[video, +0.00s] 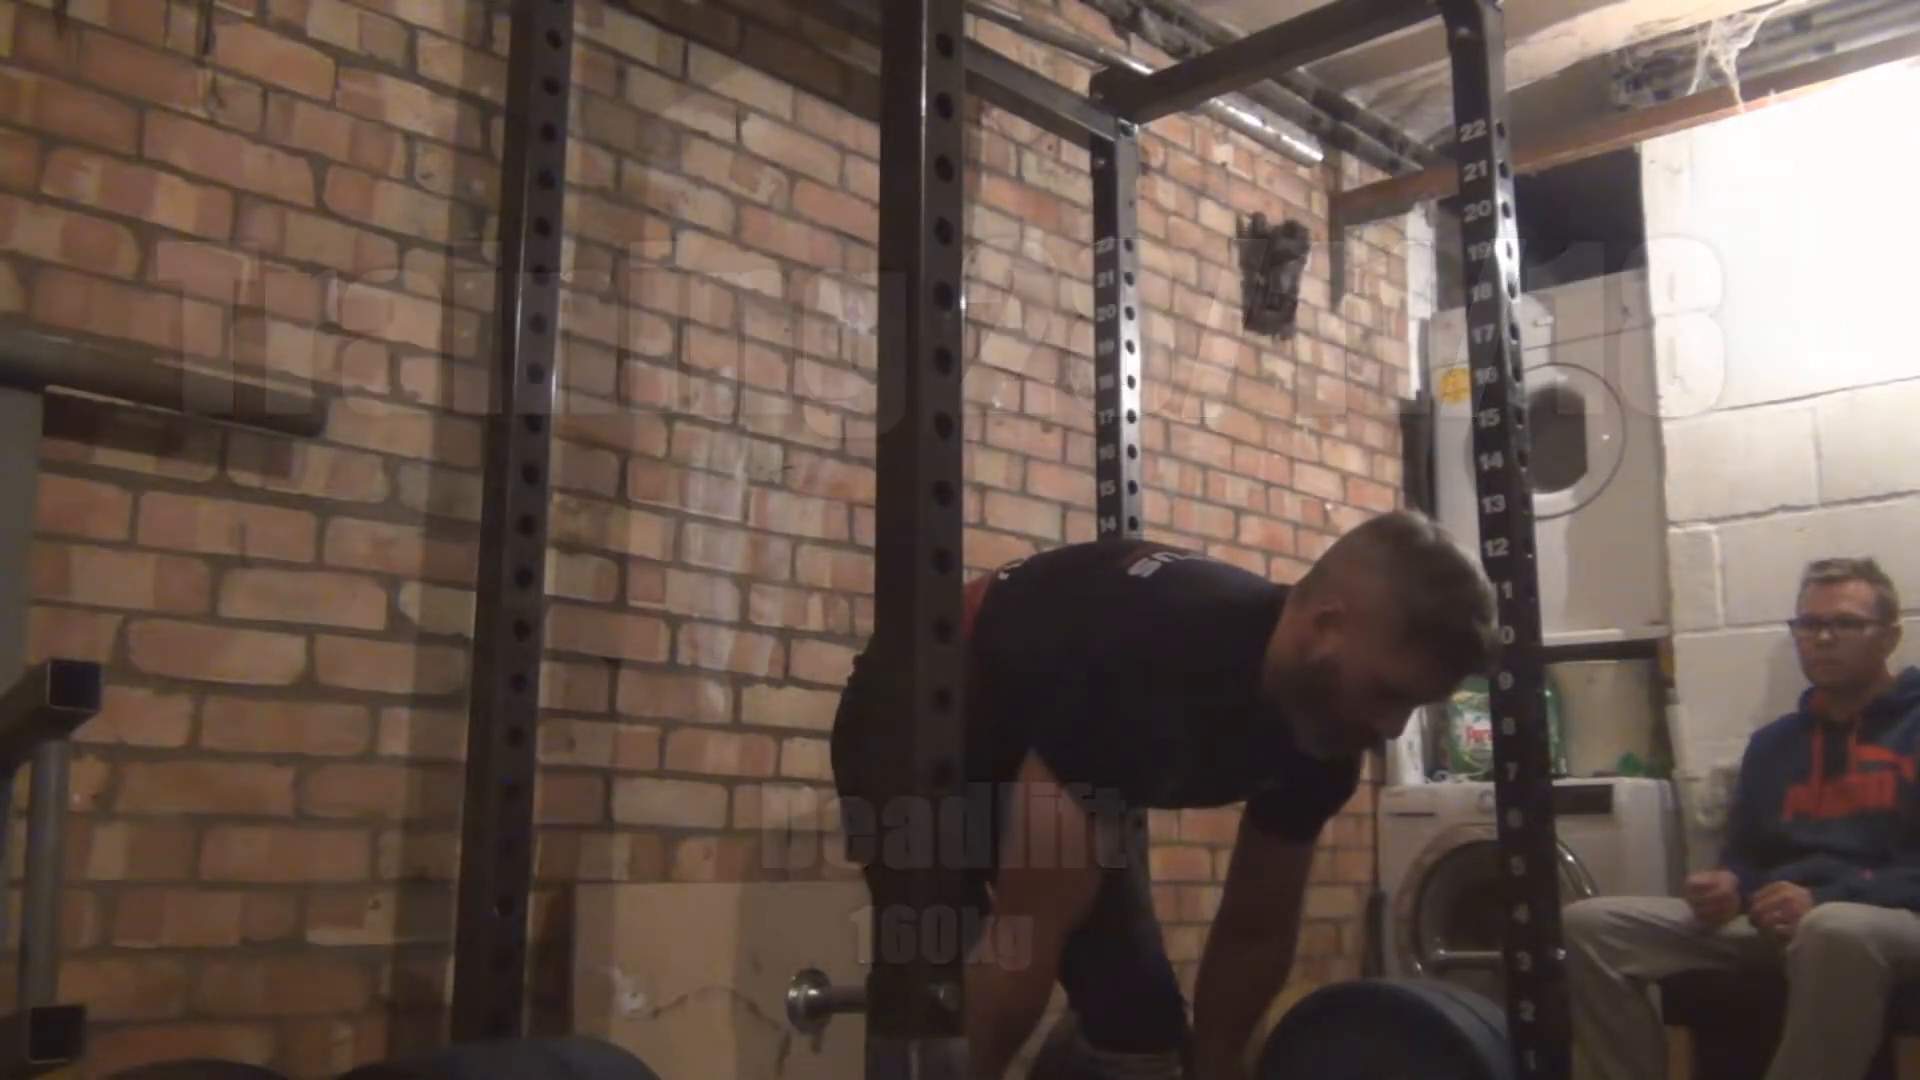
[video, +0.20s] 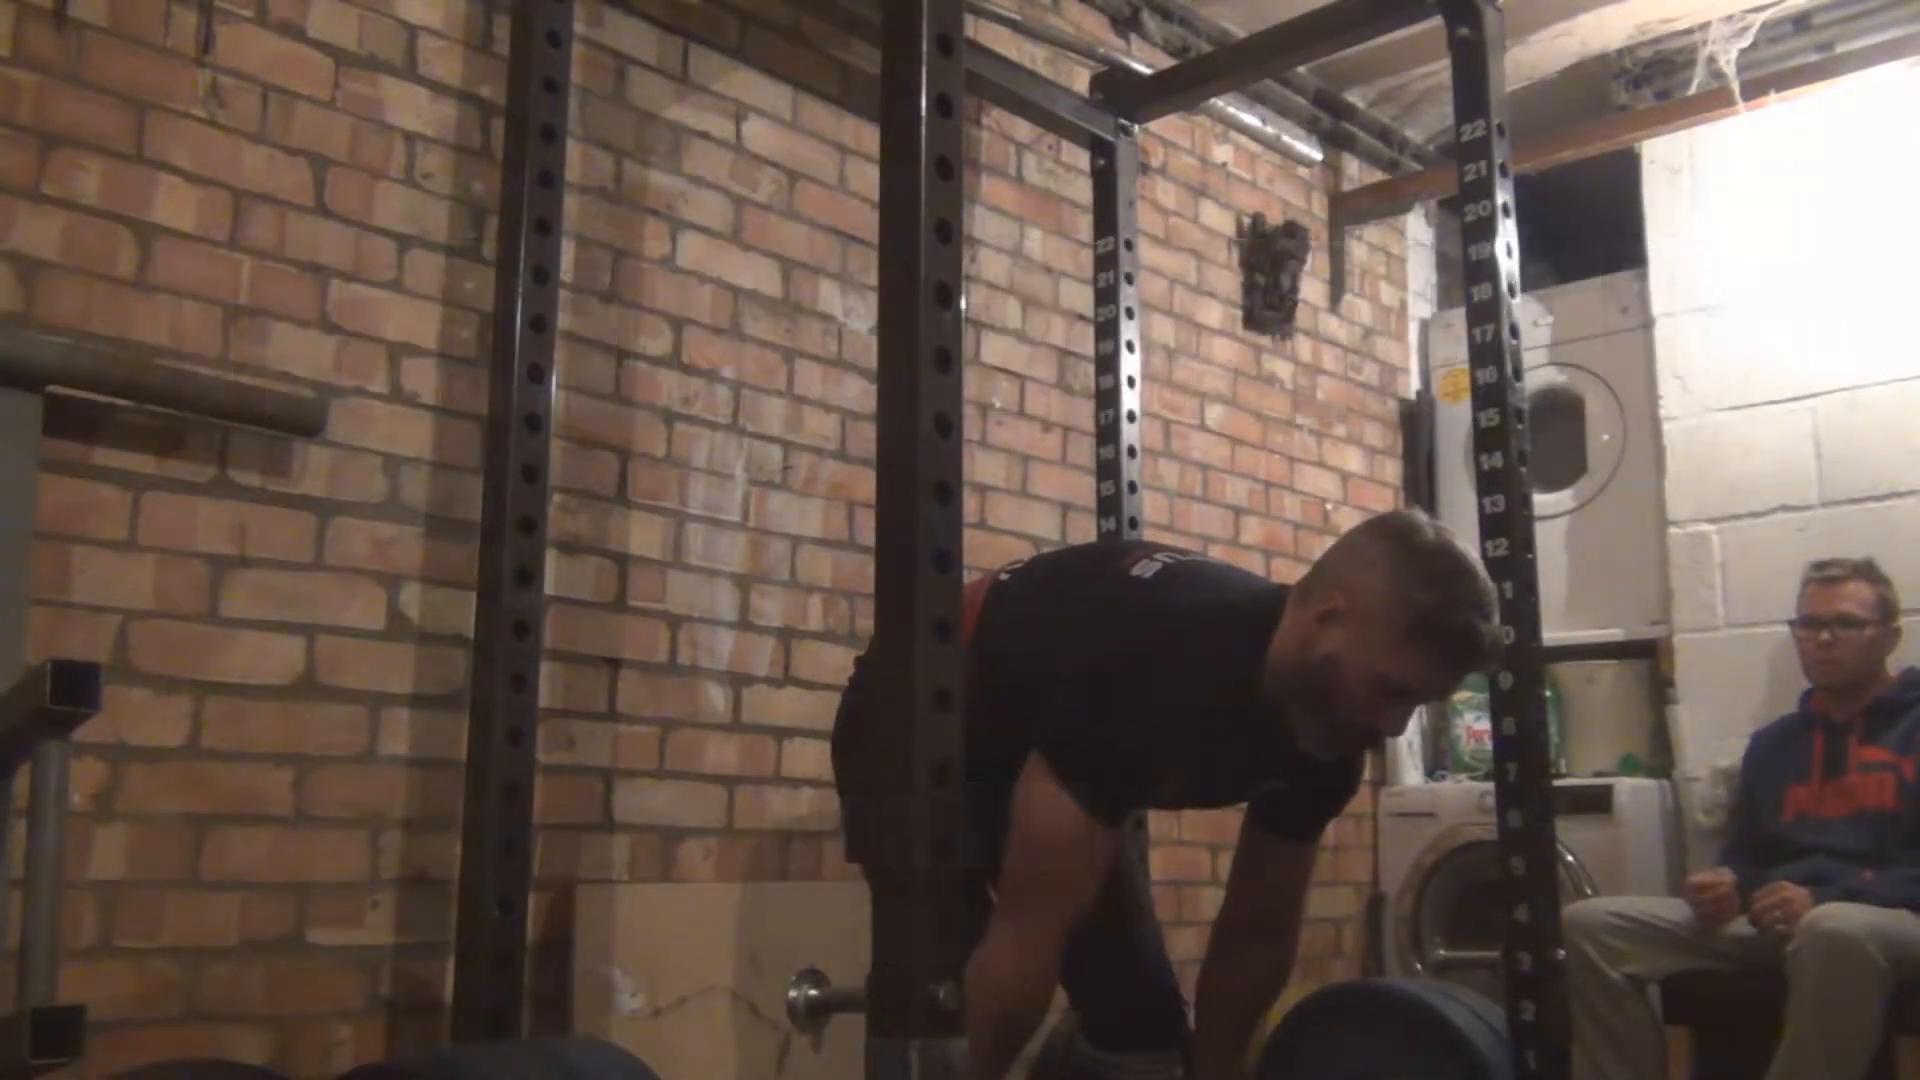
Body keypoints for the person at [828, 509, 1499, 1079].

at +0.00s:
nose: (1392, 731)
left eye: (1411, 709)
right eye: (1387, 696)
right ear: (1320, 626)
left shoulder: (1324, 736)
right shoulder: (1152, 650)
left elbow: (1257, 931)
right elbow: (1030, 921)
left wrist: (1215, 1070)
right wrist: (968, 1069)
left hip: (1071, 763)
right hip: (926, 728)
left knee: (1138, 1024)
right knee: (937, 1019)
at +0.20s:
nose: (1396, 728)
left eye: (1415, 706)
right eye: (1390, 693)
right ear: (1321, 625)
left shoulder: (1328, 735)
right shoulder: (1155, 660)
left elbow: (1258, 933)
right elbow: (1030, 923)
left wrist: (1215, 1072)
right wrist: (967, 1072)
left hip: (1059, 760)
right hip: (921, 733)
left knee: (1141, 1028)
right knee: (935, 1018)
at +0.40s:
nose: (1397, 723)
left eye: (1415, 702)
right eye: (1391, 689)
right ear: (1321, 622)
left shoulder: (1323, 731)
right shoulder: (1153, 657)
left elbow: (1257, 935)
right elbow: (1030, 925)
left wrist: (1217, 1071)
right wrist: (971, 1071)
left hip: (1058, 756)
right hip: (922, 728)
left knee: (1140, 1025)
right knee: (936, 1013)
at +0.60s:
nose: (1370, 705)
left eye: (1389, 683)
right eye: (1366, 669)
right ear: (1300, 599)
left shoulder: (1296, 718)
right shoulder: (1133, 643)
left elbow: (1241, 917)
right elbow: (1014, 914)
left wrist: (1219, 1059)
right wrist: (983, 1066)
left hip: (1045, 762)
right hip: (913, 736)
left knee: (1140, 1028)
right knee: (930, 1018)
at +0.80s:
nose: (1335, 653)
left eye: (1353, 629)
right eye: (1325, 618)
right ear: (1252, 562)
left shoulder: (1261, 706)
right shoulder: (1102, 623)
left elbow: (1224, 899)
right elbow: (996, 886)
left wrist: (1216, 1060)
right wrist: (982, 1064)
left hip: (1028, 769)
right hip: (896, 743)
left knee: (1142, 1012)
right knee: (932, 994)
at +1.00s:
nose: (1318, 590)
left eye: (1330, 566)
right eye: (1303, 556)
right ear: (1222, 515)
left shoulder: (1241, 679)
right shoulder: (1076, 590)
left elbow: (1216, 869)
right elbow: (988, 862)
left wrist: (1218, 1049)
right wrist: (979, 1060)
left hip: (1013, 766)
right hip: (882, 746)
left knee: (1138, 1019)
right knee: (934, 1014)